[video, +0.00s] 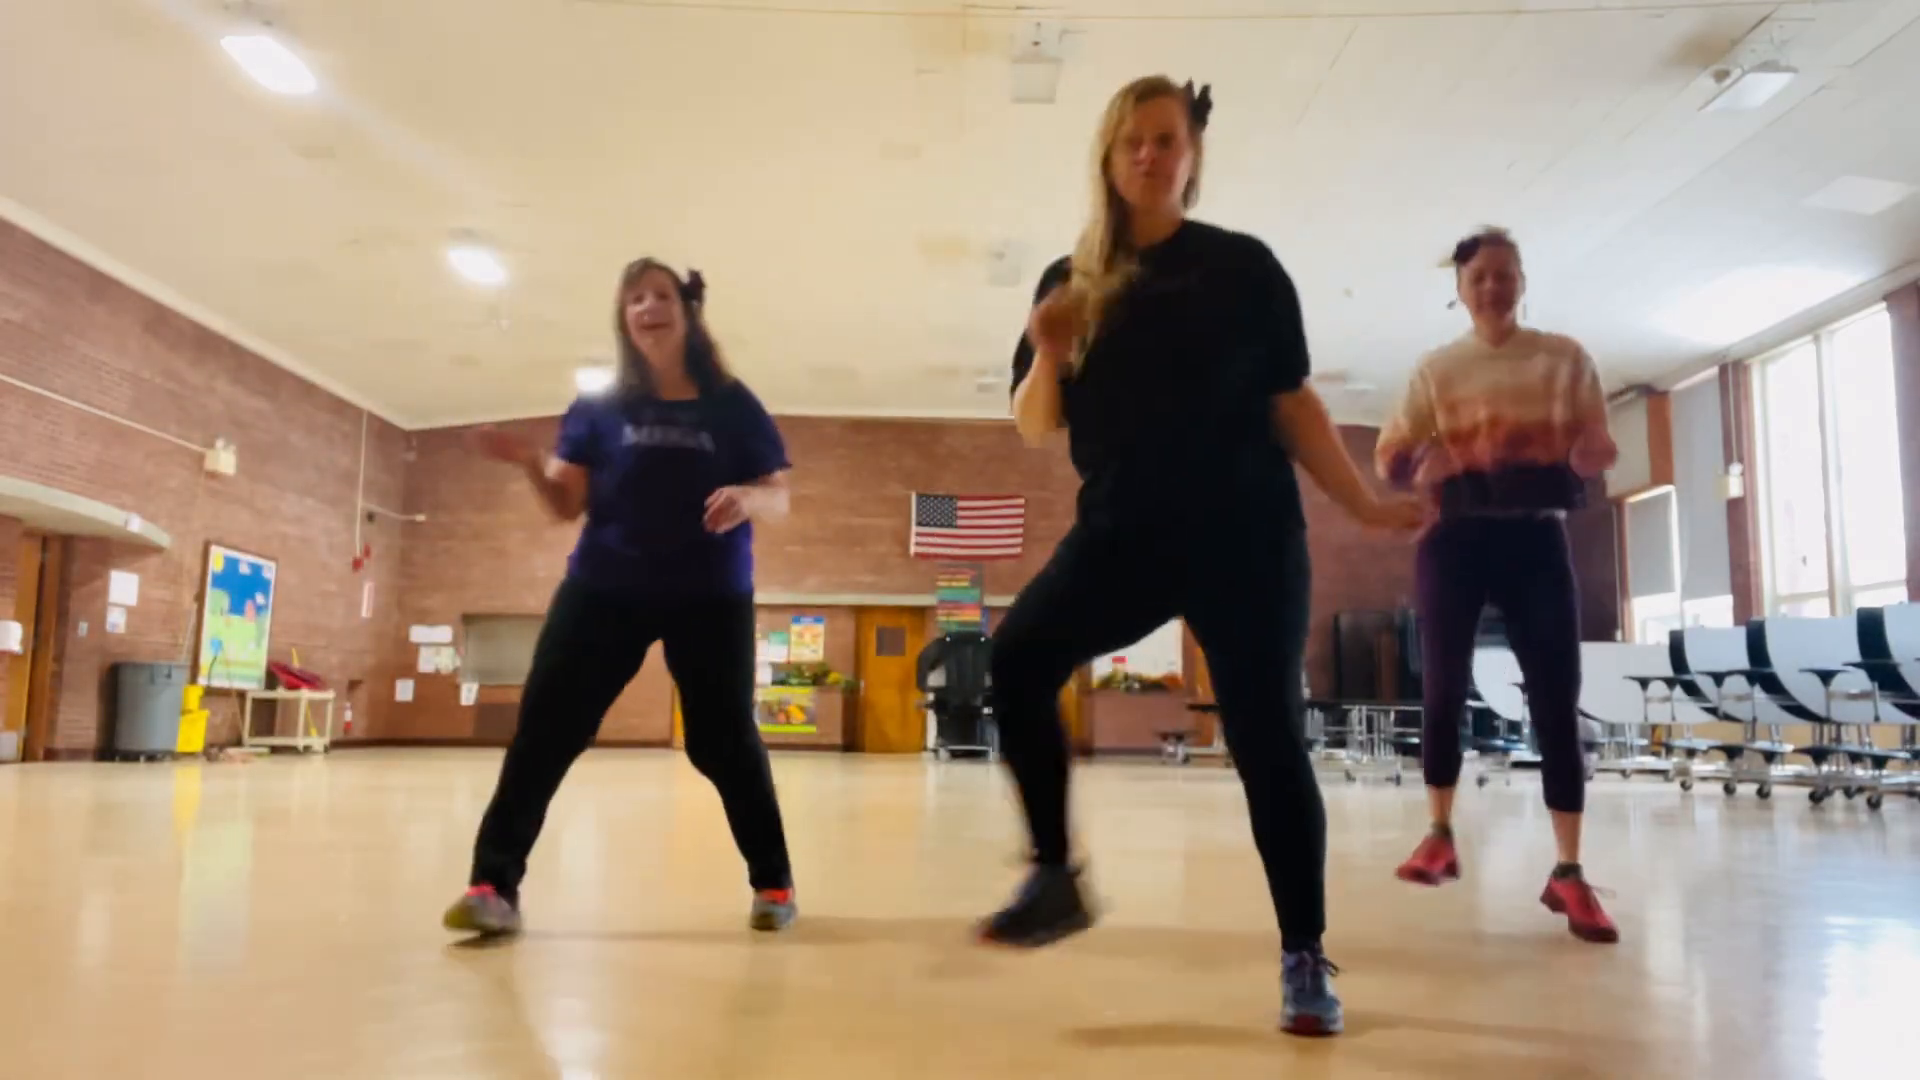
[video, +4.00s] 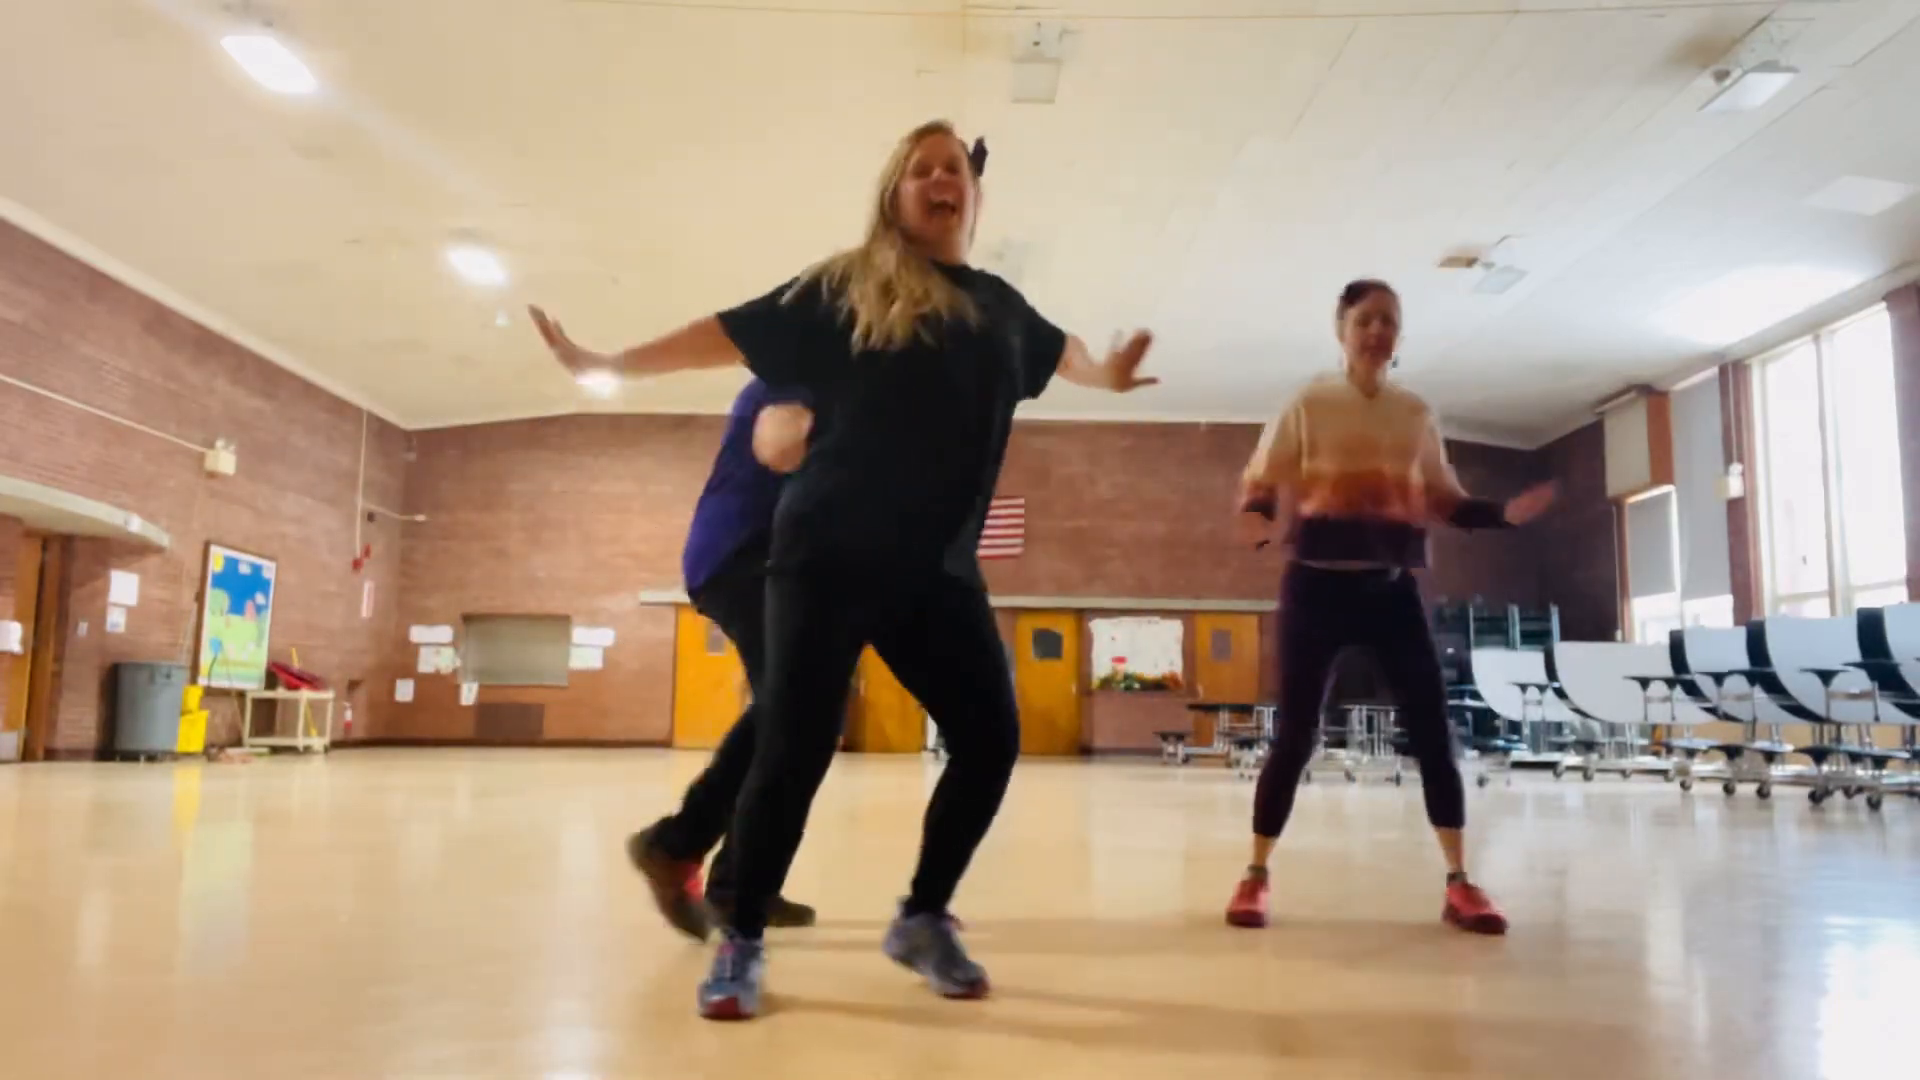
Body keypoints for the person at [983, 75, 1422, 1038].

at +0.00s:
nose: (1154, 157)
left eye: (1170, 142)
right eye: (1139, 142)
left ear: (1195, 155)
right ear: (1109, 157)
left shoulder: (1246, 267)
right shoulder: (1073, 279)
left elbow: (1294, 402)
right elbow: (1036, 427)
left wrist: (1365, 502)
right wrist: (1050, 354)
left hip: (1243, 536)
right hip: (1125, 536)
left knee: (1267, 740)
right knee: (1020, 656)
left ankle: (1303, 955)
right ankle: (1054, 876)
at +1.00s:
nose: (774, 141)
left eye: (792, 133)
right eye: (758, 133)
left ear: (820, 166)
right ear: (732, 166)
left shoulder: (856, 278)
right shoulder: (682, 268)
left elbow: (891, 409)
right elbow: (637, 379)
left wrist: (902, 522)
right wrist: (645, 449)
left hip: (817, 523)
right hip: (700, 518)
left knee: (822, 733)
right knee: (628, 722)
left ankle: (840, 934)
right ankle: (579, 923)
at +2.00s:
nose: (696, 165)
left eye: (715, 155)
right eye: (682, 154)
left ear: (743, 184)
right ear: (654, 181)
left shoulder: (786, 295)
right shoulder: (610, 299)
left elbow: (811, 445)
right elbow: (559, 425)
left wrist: (756, 559)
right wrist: (608, 516)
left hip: (766, 528)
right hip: (650, 535)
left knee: (845, 655)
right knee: (596, 732)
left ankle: (831, 847)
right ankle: (574, 933)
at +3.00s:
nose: (1009, 199)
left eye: (1026, 189)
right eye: (995, 192)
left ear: (1062, 214)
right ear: (976, 223)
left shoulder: (1111, 316)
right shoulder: (948, 328)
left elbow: (1169, 426)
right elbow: (905, 441)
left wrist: (1182, 534)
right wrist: (921, 534)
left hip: (1104, 570)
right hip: (996, 577)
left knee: (1114, 747)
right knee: (1005, 753)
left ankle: (1148, 918)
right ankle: (1015, 922)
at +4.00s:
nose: (942, 180)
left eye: (956, 169)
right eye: (925, 169)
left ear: (977, 194)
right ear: (894, 195)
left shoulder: (999, 306)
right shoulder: (844, 288)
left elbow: (1066, 353)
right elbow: (721, 335)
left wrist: (1112, 371)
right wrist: (603, 362)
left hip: (932, 564)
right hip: (823, 550)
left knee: (989, 739)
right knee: (797, 742)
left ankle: (923, 918)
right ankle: (738, 940)